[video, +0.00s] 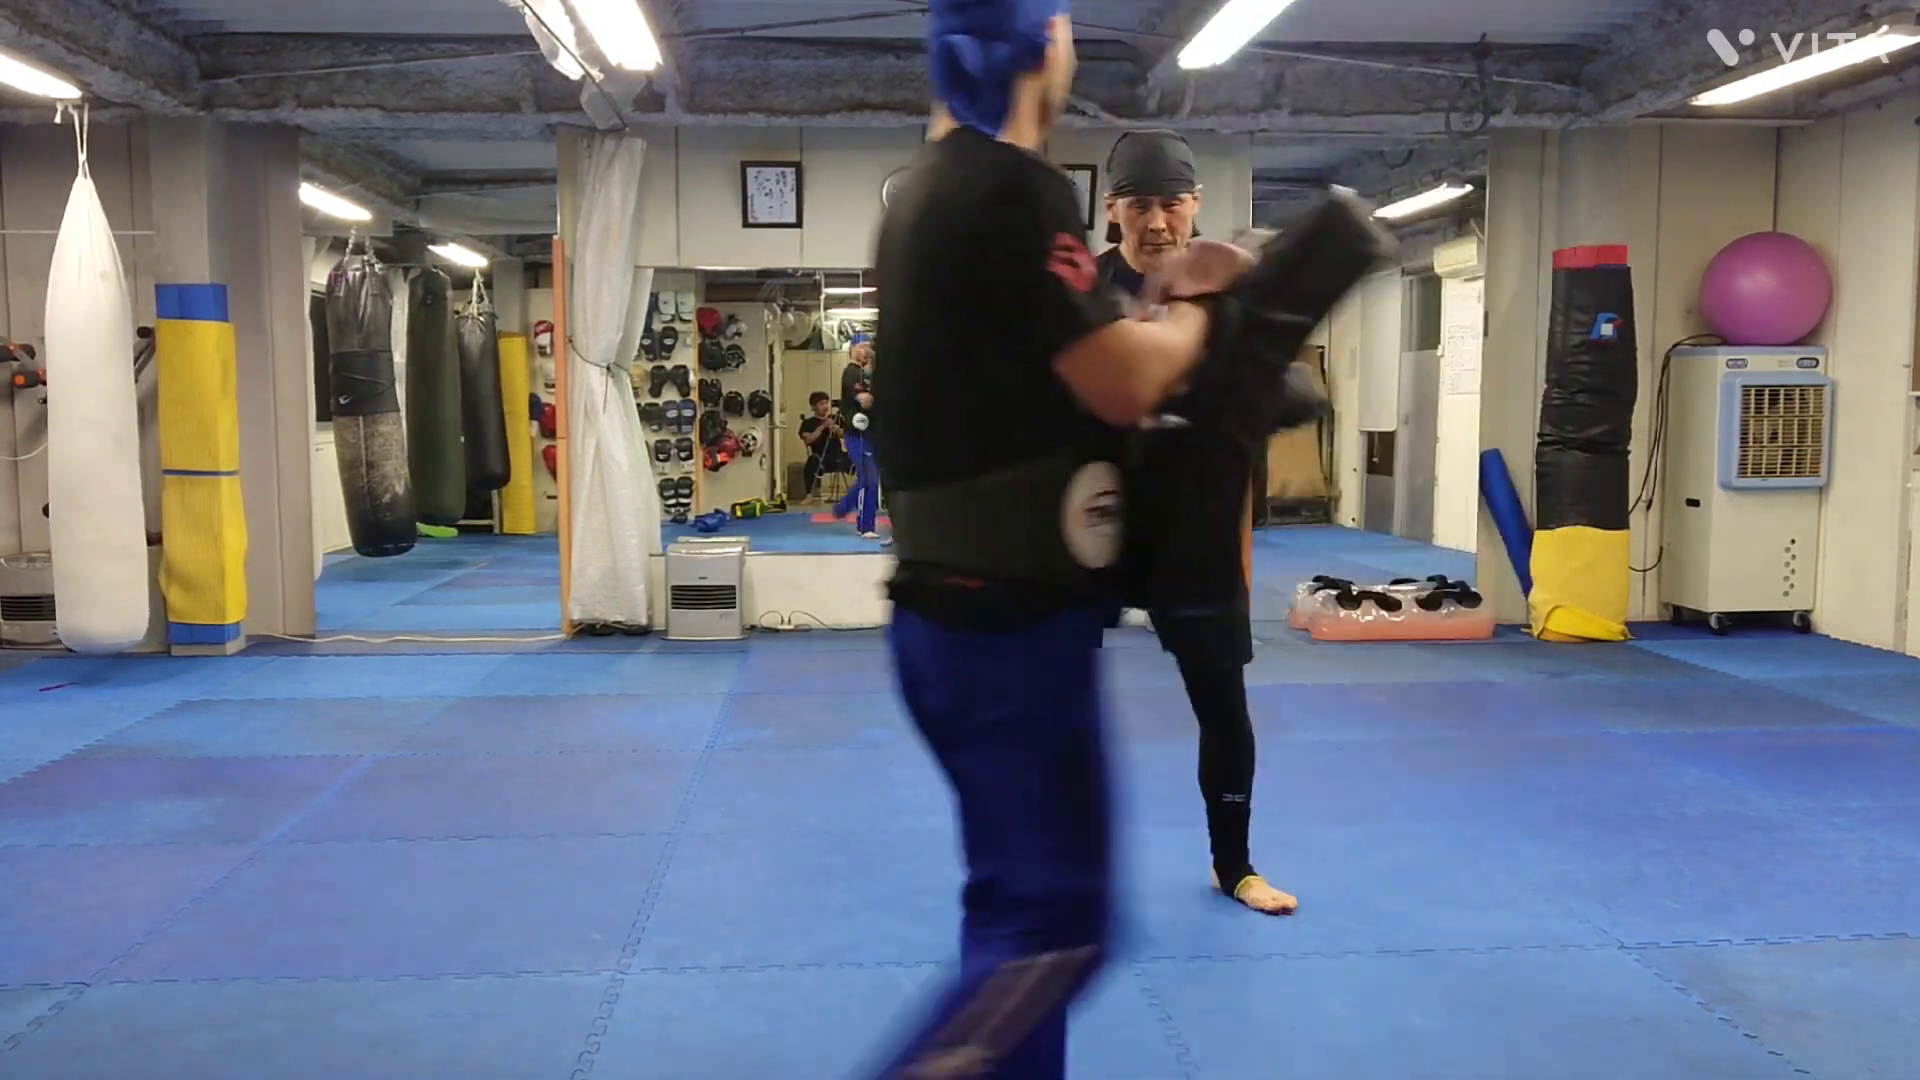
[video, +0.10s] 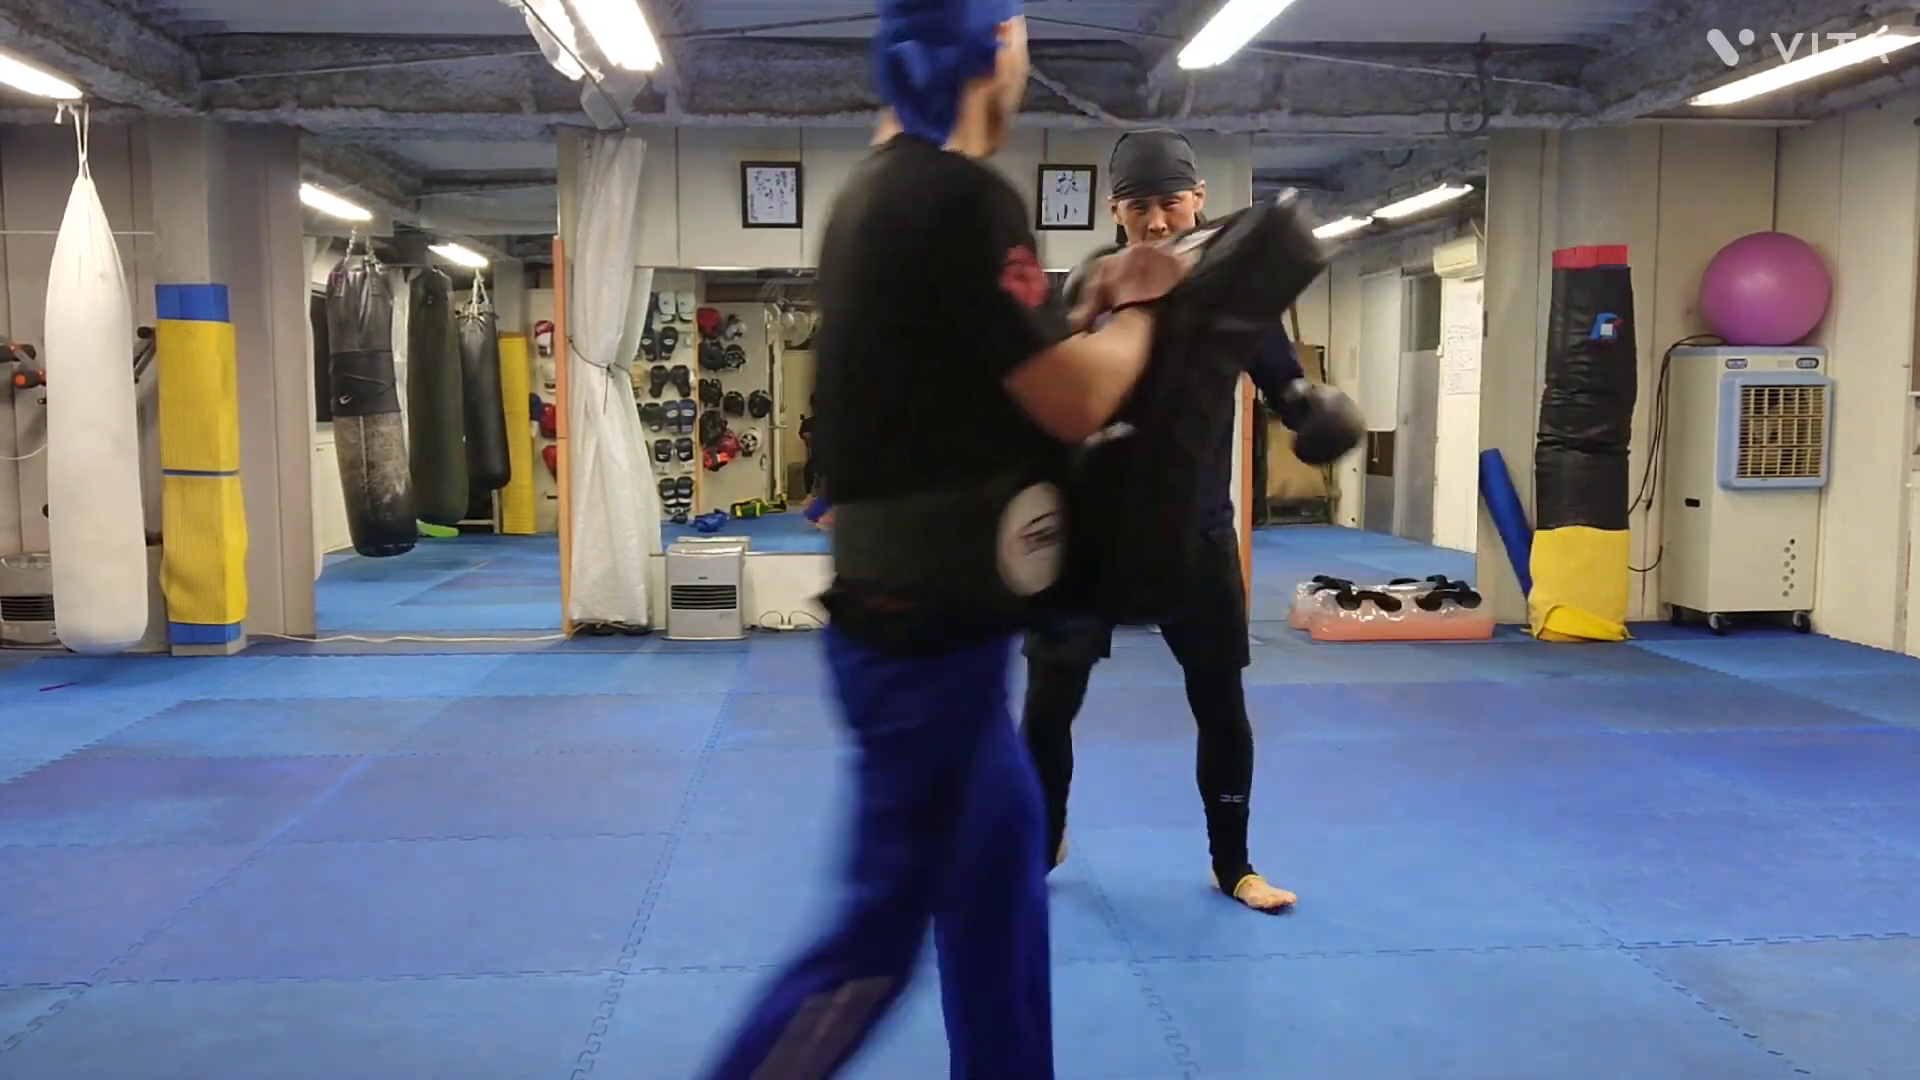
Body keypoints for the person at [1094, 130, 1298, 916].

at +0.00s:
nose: (1156, 223)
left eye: (1171, 205)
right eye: (1138, 206)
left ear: (1196, 210)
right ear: (1110, 211)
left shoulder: (1226, 299)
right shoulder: (1082, 293)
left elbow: (1254, 421)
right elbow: (1043, 402)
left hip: (1193, 529)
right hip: (1081, 526)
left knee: (1223, 702)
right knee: (1041, 690)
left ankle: (1234, 867)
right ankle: (1037, 874)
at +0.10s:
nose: (1153, 219)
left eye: (1167, 202)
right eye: (1137, 203)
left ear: (1196, 201)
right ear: (1116, 208)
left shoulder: (1228, 285)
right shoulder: (1085, 290)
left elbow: (1283, 383)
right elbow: (1045, 395)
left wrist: (1318, 420)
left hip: (1193, 525)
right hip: (1088, 523)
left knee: (1221, 701)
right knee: (1048, 696)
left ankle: (1232, 865)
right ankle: (1041, 841)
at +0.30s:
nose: (1136, 215)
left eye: (1147, 197)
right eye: (1118, 202)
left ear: (1178, 192)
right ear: (1098, 211)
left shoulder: (1224, 285)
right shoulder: (1074, 288)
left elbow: (1293, 389)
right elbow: (1016, 402)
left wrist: (1226, 359)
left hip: (1181, 535)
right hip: (1079, 533)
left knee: (1211, 700)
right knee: (997, 680)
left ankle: (1233, 869)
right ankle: (1021, 858)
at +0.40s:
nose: (1110, 206)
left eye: (1122, 188)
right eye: (1094, 191)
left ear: (1155, 196)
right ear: (1075, 202)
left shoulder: (1208, 274)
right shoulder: (1058, 275)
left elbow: (1248, 359)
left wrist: (1126, 295)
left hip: (1175, 532)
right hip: (1069, 530)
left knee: (1206, 697)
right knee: (985, 683)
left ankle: (1231, 868)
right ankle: (991, 892)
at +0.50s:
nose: (1067, 215)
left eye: (1073, 200)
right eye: (1057, 203)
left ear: (1098, 200)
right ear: (1043, 208)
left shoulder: (1151, 258)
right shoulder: (1039, 267)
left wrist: (1028, 237)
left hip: (1160, 534)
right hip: (1058, 538)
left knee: (1202, 706)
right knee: (966, 700)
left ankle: (1234, 866)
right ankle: (982, 927)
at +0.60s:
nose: (970, 208)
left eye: (989, 191)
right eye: (984, 191)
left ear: (1019, 187)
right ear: (994, 196)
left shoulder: (1065, 236)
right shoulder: (978, 268)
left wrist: (937, 243)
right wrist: (910, 274)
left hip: (1118, 503)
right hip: (1024, 525)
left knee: (1207, 695)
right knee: (953, 717)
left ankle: (1246, 799)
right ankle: (981, 942)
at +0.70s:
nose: (943, 209)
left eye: (954, 192)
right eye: (945, 195)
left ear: (986, 184)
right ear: (972, 198)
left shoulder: (1030, 228)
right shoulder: (969, 258)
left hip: (1063, 441)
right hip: (1008, 486)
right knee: (961, 708)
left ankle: (1273, 675)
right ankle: (978, 935)